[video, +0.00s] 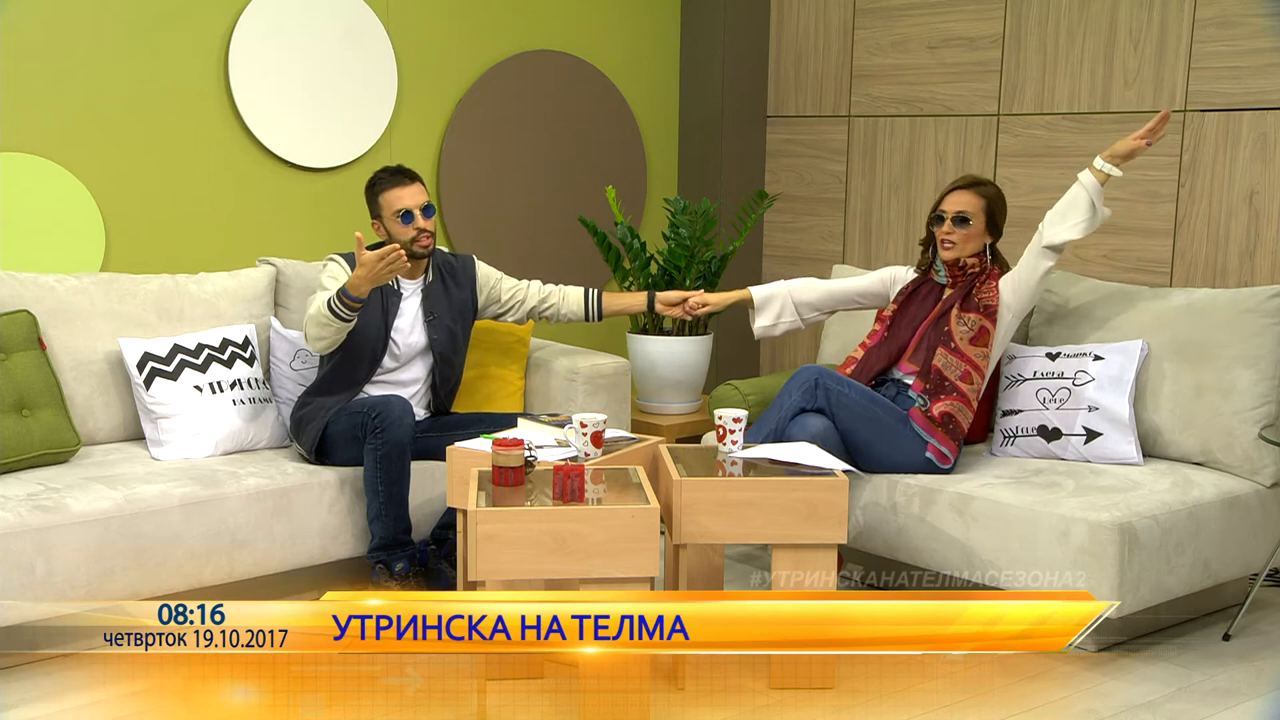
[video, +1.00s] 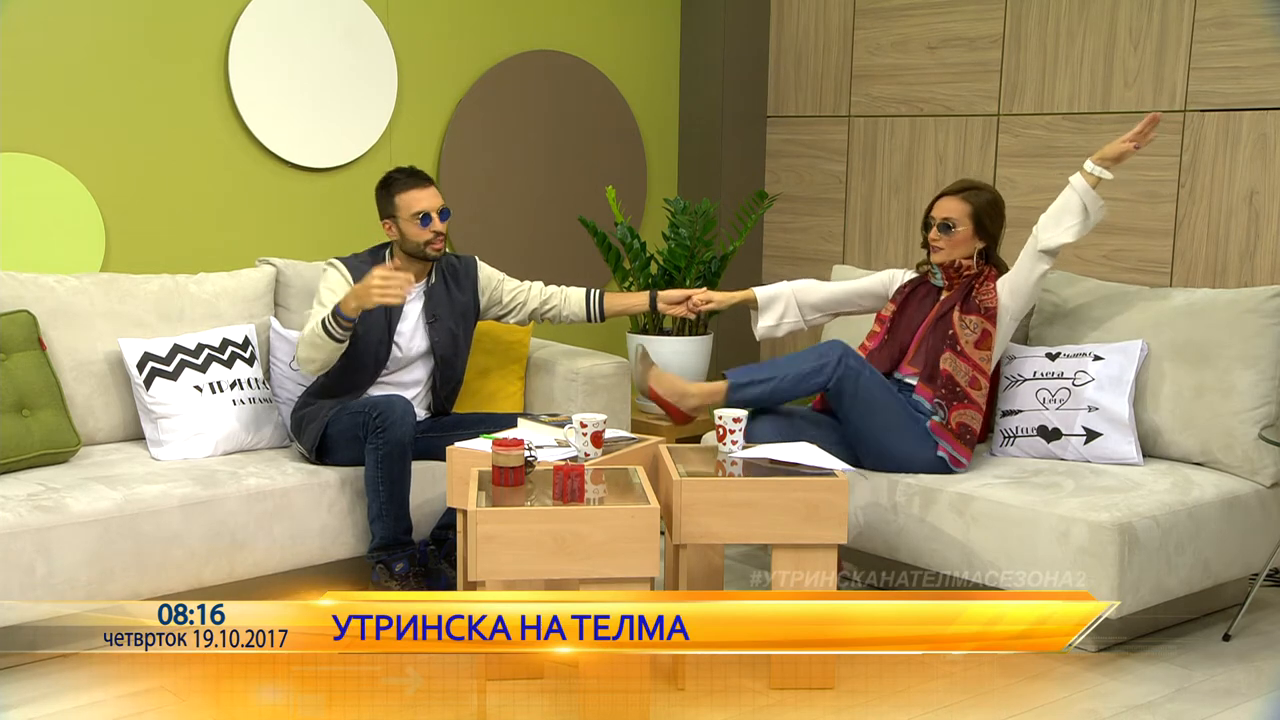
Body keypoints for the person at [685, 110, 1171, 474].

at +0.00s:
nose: (947, 230)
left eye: (962, 221)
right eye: (941, 220)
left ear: (992, 233)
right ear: (931, 229)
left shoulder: (1002, 297)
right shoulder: (909, 284)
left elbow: (1049, 242)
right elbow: (822, 291)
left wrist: (1106, 164)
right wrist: (729, 298)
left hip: (924, 433)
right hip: (868, 417)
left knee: (815, 379)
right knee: (803, 435)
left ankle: (736, 460)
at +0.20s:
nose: (940, 229)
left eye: (954, 220)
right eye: (937, 220)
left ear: (988, 231)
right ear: (932, 229)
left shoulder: (1004, 296)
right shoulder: (908, 282)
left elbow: (1050, 243)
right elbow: (823, 290)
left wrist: (1110, 164)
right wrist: (728, 297)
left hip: (924, 433)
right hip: (867, 416)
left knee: (814, 379)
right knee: (804, 428)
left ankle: (733, 466)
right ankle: (806, 450)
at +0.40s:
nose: (940, 229)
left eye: (955, 221)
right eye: (938, 220)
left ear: (989, 232)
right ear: (935, 229)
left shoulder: (1003, 297)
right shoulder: (909, 283)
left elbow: (1051, 246)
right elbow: (823, 290)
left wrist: (1109, 168)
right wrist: (731, 296)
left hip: (924, 435)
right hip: (868, 415)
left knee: (814, 377)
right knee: (805, 429)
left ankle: (732, 466)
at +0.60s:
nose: (943, 231)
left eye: (957, 222)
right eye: (940, 222)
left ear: (992, 233)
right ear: (934, 231)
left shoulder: (1006, 297)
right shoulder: (911, 283)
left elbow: (1056, 245)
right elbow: (824, 291)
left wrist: (1115, 168)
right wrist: (730, 298)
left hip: (926, 435)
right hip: (869, 416)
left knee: (815, 376)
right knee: (807, 427)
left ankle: (730, 456)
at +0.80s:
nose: (941, 232)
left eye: (956, 223)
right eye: (938, 222)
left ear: (991, 234)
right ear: (933, 231)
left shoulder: (1005, 295)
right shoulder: (908, 284)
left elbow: (1055, 244)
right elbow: (824, 290)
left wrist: (1115, 167)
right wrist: (734, 297)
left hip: (930, 434)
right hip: (870, 415)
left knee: (825, 368)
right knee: (801, 423)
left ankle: (703, 446)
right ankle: (814, 566)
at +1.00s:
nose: (938, 238)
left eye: (952, 229)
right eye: (933, 229)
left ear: (985, 238)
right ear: (928, 236)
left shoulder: (1000, 296)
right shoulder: (906, 285)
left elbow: (1046, 244)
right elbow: (821, 294)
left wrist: (1097, 167)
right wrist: (730, 298)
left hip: (929, 440)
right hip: (868, 427)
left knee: (838, 360)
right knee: (764, 422)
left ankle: (700, 397)